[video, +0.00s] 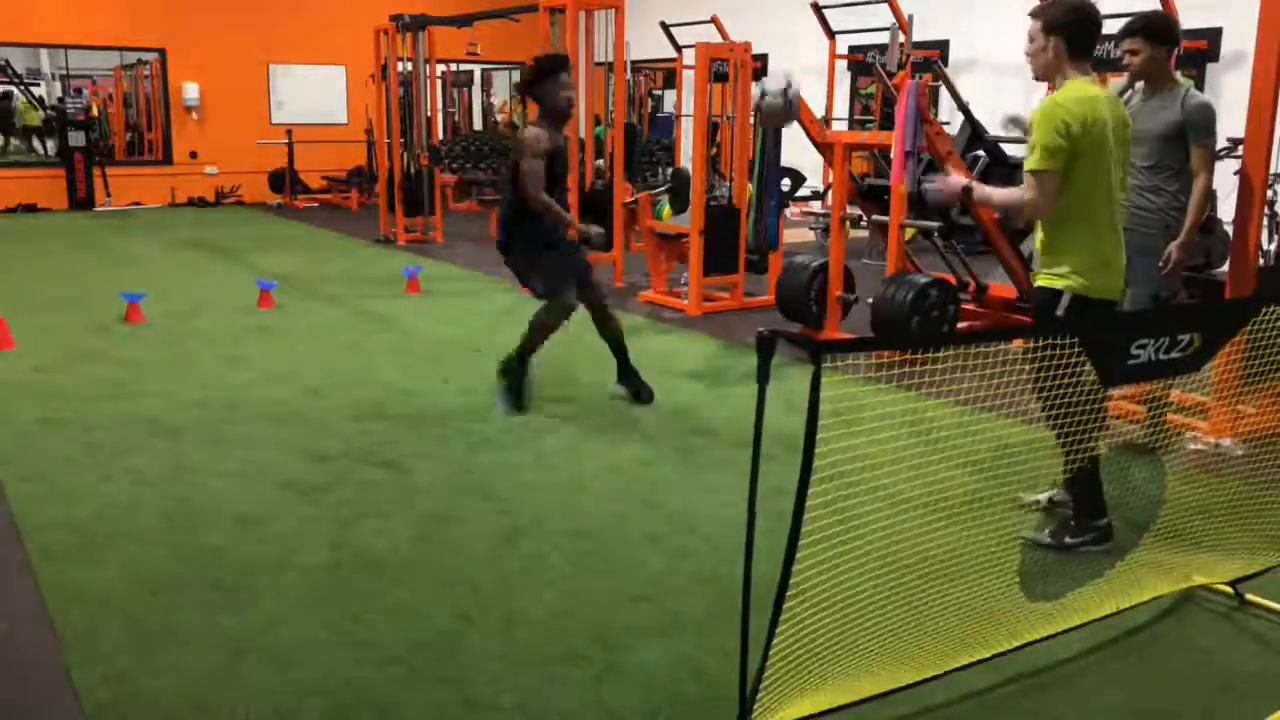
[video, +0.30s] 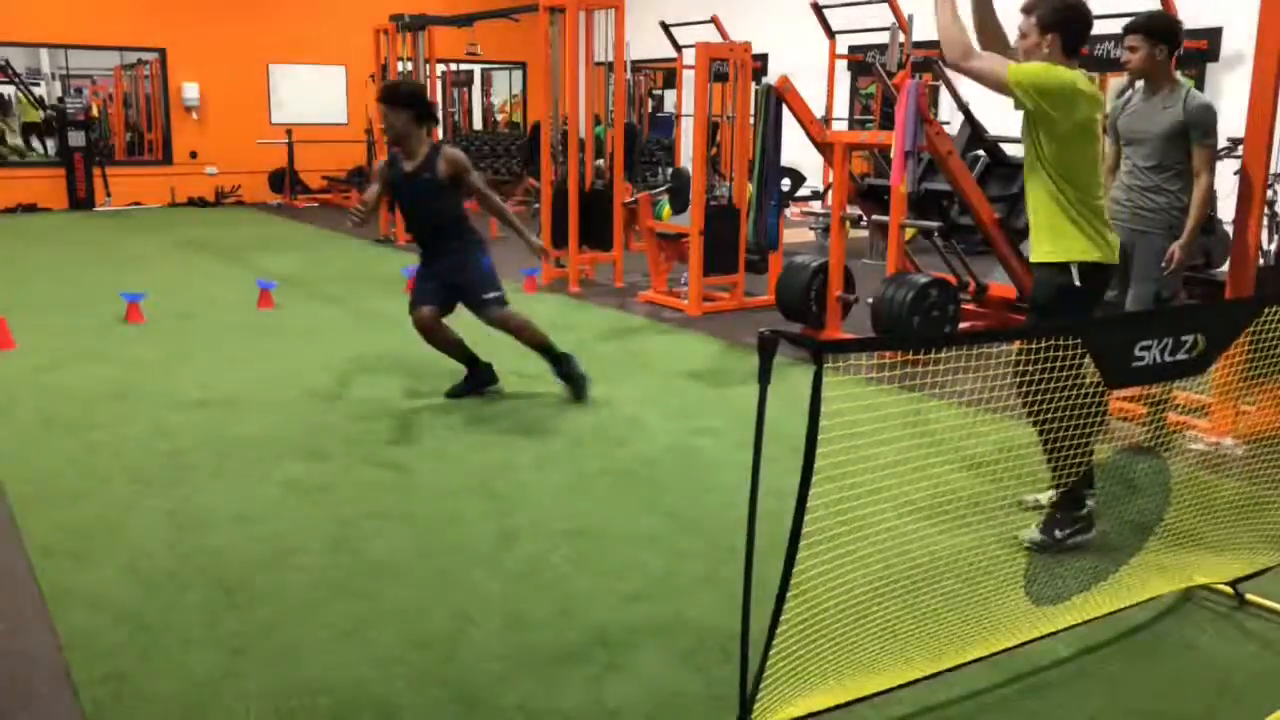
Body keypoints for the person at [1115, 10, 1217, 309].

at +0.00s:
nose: (1125, 61)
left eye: (1133, 53)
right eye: (1124, 54)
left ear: (1163, 52)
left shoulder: (1194, 106)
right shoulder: (1125, 99)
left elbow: (1203, 176)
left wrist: (1184, 240)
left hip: (1158, 238)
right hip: (1113, 230)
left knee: (1140, 327)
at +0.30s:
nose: (1123, 58)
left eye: (1132, 50)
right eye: (1124, 50)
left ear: (1160, 52)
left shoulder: (1195, 107)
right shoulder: (1121, 103)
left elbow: (1203, 177)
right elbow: (1110, 167)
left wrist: (1186, 241)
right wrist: (1103, 217)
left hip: (1161, 231)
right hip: (1116, 227)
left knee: (1140, 319)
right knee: (1109, 319)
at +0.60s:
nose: (1121, 59)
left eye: (1129, 51)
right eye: (1121, 51)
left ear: (1159, 54)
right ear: (1141, 56)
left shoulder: (1195, 107)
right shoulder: (1122, 103)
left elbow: (1205, 175)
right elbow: (1110, 168)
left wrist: (1189, 240)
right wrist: (1090, 224)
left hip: (1161, 233)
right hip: (1114, 227)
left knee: (1143, 326)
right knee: (1104, 322)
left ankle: (1150, 423)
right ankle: (1095, 413)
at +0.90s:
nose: (1121, 59)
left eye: (1128, 51)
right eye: (1121, 51)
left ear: (1158, 54)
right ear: (1143, 55)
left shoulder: (1195, 106)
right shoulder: (1121, 104)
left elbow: (1205, 175)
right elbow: (1109, 171)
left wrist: (1189, 238)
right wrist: (1088, 226)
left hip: (1160, 236)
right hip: (1114, 229)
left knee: (1143, 327)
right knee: (1105, 322)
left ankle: (1154, 421)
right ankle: (1097, 403)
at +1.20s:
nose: (1121, 58)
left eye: (1128, 51)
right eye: (1121, 51)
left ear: (1159, 54)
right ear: (1142, 55)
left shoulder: (1195, 106)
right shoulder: (1121, 103)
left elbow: (1204, 176)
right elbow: (1108, 170)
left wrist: (1188, 239)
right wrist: (1088, 227)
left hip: (1160, 235)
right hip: (1114, 228)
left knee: (1144, 326)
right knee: (1104, 322)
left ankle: (1155, 420)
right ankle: (1094, 404)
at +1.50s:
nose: (1123, 58)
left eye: (1131, 51)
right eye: (1123, 51)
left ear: (1162, 54)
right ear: (1139, 55)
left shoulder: (1195, 106)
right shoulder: (1122, 101)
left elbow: (1203, 178)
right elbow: (1108, 168)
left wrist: (1186, 239)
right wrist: (1089, 225)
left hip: (1162, 230)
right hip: (1115, 224)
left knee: (1143, 319)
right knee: (1103, 314)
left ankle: (1151, 416)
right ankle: (1095, 402)